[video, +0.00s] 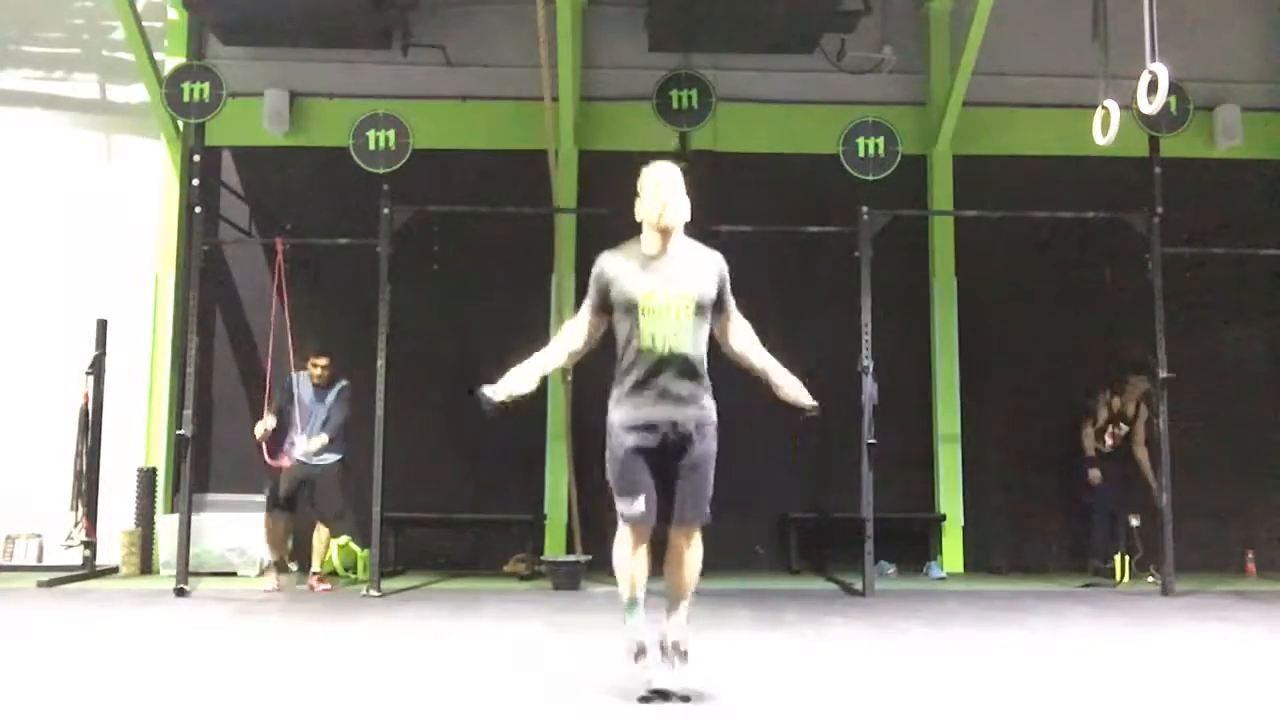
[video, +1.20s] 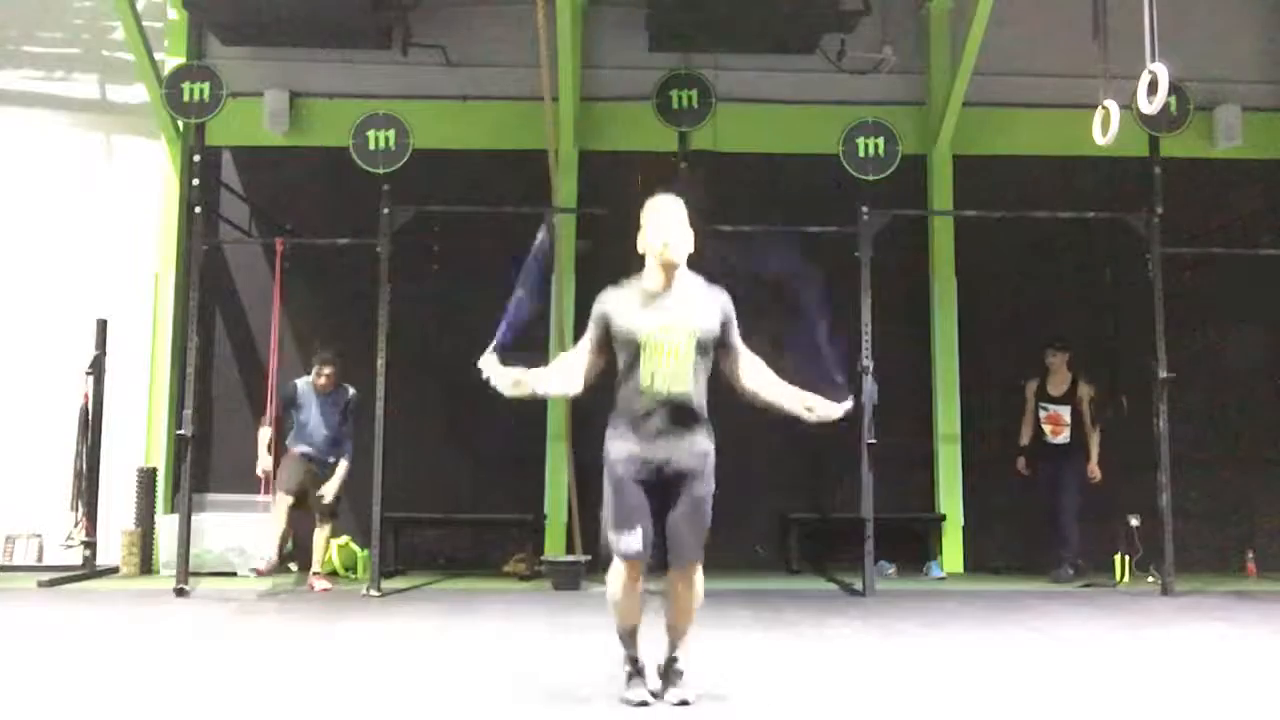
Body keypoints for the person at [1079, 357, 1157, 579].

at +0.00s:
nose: (1139, 387)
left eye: (1143, 382)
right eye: (1135, 381)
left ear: (1146, 386)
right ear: (1127, 382)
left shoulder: (1140, 409)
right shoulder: (1108, 400)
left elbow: (1139, 446)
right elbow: (1088, 428)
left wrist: (1154, 484)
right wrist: (1091, 462)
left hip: (1116, 460)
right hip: (1095, 457)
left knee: (1118, 508)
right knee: (1100, 506)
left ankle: (1115, 558)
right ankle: (1097, 559)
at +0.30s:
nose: (1111, 376)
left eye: (1116, 371)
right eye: (1107, 370)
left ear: (1121, 373)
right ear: (1100, 372)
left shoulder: (1127, 398)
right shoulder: (1086, 393)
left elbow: (1136, 434)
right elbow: (1070, 426)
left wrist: (1152, 470)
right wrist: (1076, 458)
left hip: (1110, 463)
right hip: (1086, 462)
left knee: (1111, 512)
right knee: (1081, 512)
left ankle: (1111, 560)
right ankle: (1079, 562)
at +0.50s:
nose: (1092, 370)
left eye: (1095, 364)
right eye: (1088, 365)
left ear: (1100, 365)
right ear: (1079, 366)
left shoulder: (1112, 393)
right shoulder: (1068, 390)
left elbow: (1123, 427)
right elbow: (1056, 425)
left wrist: (1136, 460)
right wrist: (1063, 458)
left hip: (1103, 462)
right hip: (1076, 462)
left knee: (1110, 509)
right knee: (1073, 512)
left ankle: (1114, 560)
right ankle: (1076, 562)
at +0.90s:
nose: (1059, 360)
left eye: (1064, 355)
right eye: (1056, 355)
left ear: (1074, 357)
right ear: (1052, 358)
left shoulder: (1093, 387)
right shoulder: (1044, 387)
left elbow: (1103, 421)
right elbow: (1033, 420)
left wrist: (1101, 452)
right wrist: (1028, 448)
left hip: (1084, 457)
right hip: (1055, 457)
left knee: (1086, 507)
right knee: (1061, 509)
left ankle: (1091, 561)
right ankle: (1072, 561)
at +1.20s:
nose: (1051, 360)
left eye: (1055, 356)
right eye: (1048, 356)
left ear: (1067, 357)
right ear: (1044, 359)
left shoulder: (1081, 388)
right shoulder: (1034, 387)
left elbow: (1092, 427)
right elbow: (1028, 420)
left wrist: (1093, 460)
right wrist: (1022, 450)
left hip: (1072, 455)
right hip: (1045, 455)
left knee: (1066, 506)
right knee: (1052, 507)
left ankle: (1068, 561)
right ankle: (1067, 558)